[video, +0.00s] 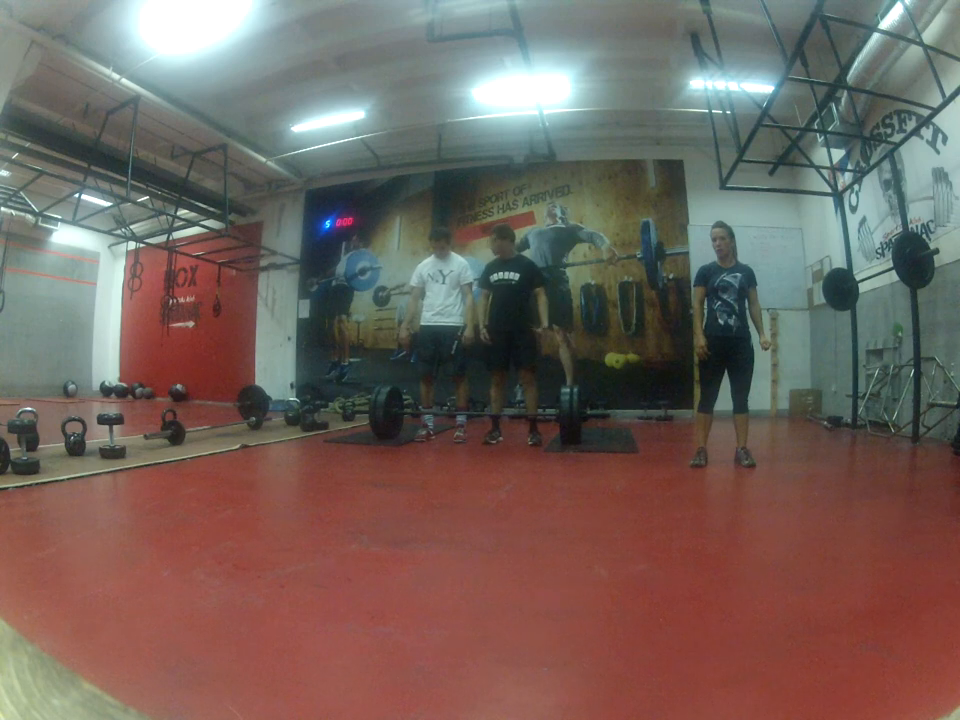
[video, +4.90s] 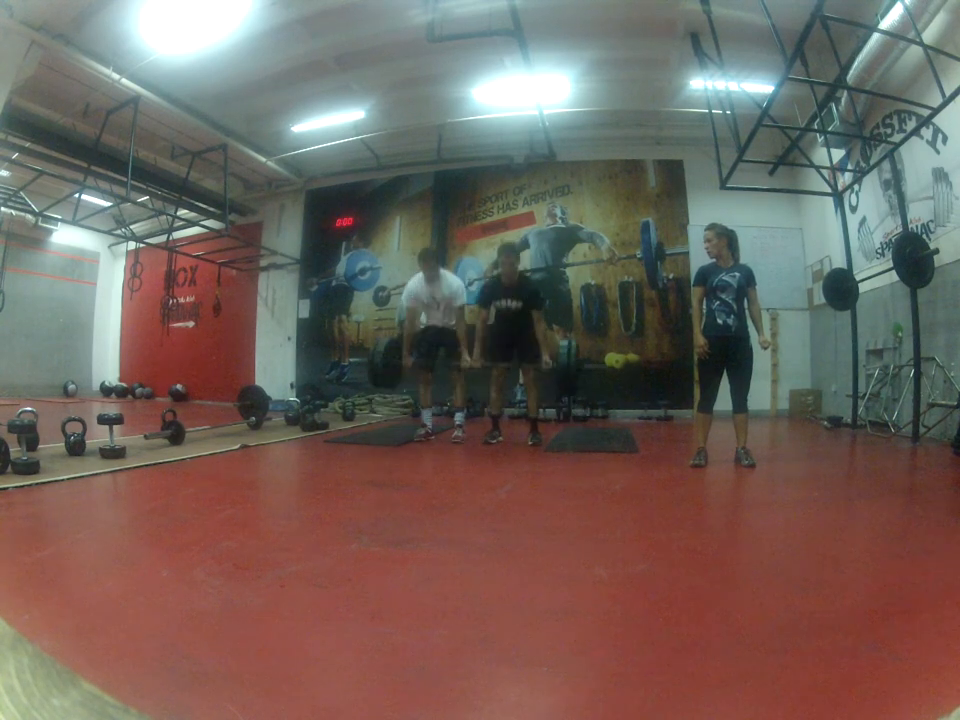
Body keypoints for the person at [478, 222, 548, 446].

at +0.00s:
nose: (491, 246)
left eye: (494, 242)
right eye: (491, 242)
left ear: (507, 241)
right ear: (497, 242)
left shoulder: (528, 265)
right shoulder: (491, 267)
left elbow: (541, 294)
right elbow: (483, 298)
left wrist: (544, 324)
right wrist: (482, 325)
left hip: (524, 329)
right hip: (497, 330)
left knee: (527, 377)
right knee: (497, 378)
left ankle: (533, 428)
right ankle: (495, 428)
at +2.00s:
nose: (505, 250)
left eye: (508, 246)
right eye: (501, 247)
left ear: (514, 243)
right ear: (495, 246)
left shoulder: (528, 264)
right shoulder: (489, 267)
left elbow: (541, 292)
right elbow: (482, 299)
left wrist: (540, 321)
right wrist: (481, 327)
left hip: (525, 329)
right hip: (499, 329)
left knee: (528, 378)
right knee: (499, 378)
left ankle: (533, 428)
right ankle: (495, 428)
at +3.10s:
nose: (506, 276)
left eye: (509, 273)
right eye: (502, 273)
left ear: (516, 267)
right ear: (496, 269)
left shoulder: (530, 281)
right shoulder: (491, 282)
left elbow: (542, 314)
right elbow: (481, 316)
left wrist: (542, 347)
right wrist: (482, 350)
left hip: (527, 338)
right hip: (501, 338)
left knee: (530, 379)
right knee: (500, 380)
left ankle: (534, 429)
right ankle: (495, 428)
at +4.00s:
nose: (506, 300)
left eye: (508, 296)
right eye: (502, 296)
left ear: (515, 291)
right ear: (496, 292)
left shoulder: (530, 299)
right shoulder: (489, 300)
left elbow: (540, 330)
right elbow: (480, 332)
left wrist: (541, 367)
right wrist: (480, 369)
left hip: (526, 341)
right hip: (501, 341)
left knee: (530, 378)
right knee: (498, 378)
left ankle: (534, 429)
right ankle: (495, 428)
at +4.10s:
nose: (507, 319)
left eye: (510, 315)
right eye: (504, 316)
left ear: (516, 309)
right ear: (497, 310)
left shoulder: (529, 311)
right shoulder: (489, 312)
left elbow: (541, 345)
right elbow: (479, 346)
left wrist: (543, 381)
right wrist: (479, 384)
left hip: (525, 338)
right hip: (501, 338)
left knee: (530, 376)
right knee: (498, 376)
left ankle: (534, 429)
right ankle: (495, 428)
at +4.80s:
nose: (509, 295)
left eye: (512, 290)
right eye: (505, 290)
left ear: (518, 288)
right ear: (499, 289)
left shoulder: (529, 306)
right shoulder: (489, 306)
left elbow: (540, 339)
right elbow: (481, 339)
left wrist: (546, 373)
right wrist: (477, 374)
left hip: (526, 345)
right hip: (500, 346)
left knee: (531, 380)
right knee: (496, 380)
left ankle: (534, 430)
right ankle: (495, 429)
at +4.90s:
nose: (509, 265)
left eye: (513, 261)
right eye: (506, 261)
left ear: (518, 262)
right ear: (499, 263)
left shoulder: (529, 287)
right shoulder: (490, 287)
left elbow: (538, 320)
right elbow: (482, 319)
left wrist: (544, 351)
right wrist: (477, 351)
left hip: (526, 342)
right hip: (499, 342)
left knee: (530, 382)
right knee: (497, 383)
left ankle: (534, 430)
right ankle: (495, 428)